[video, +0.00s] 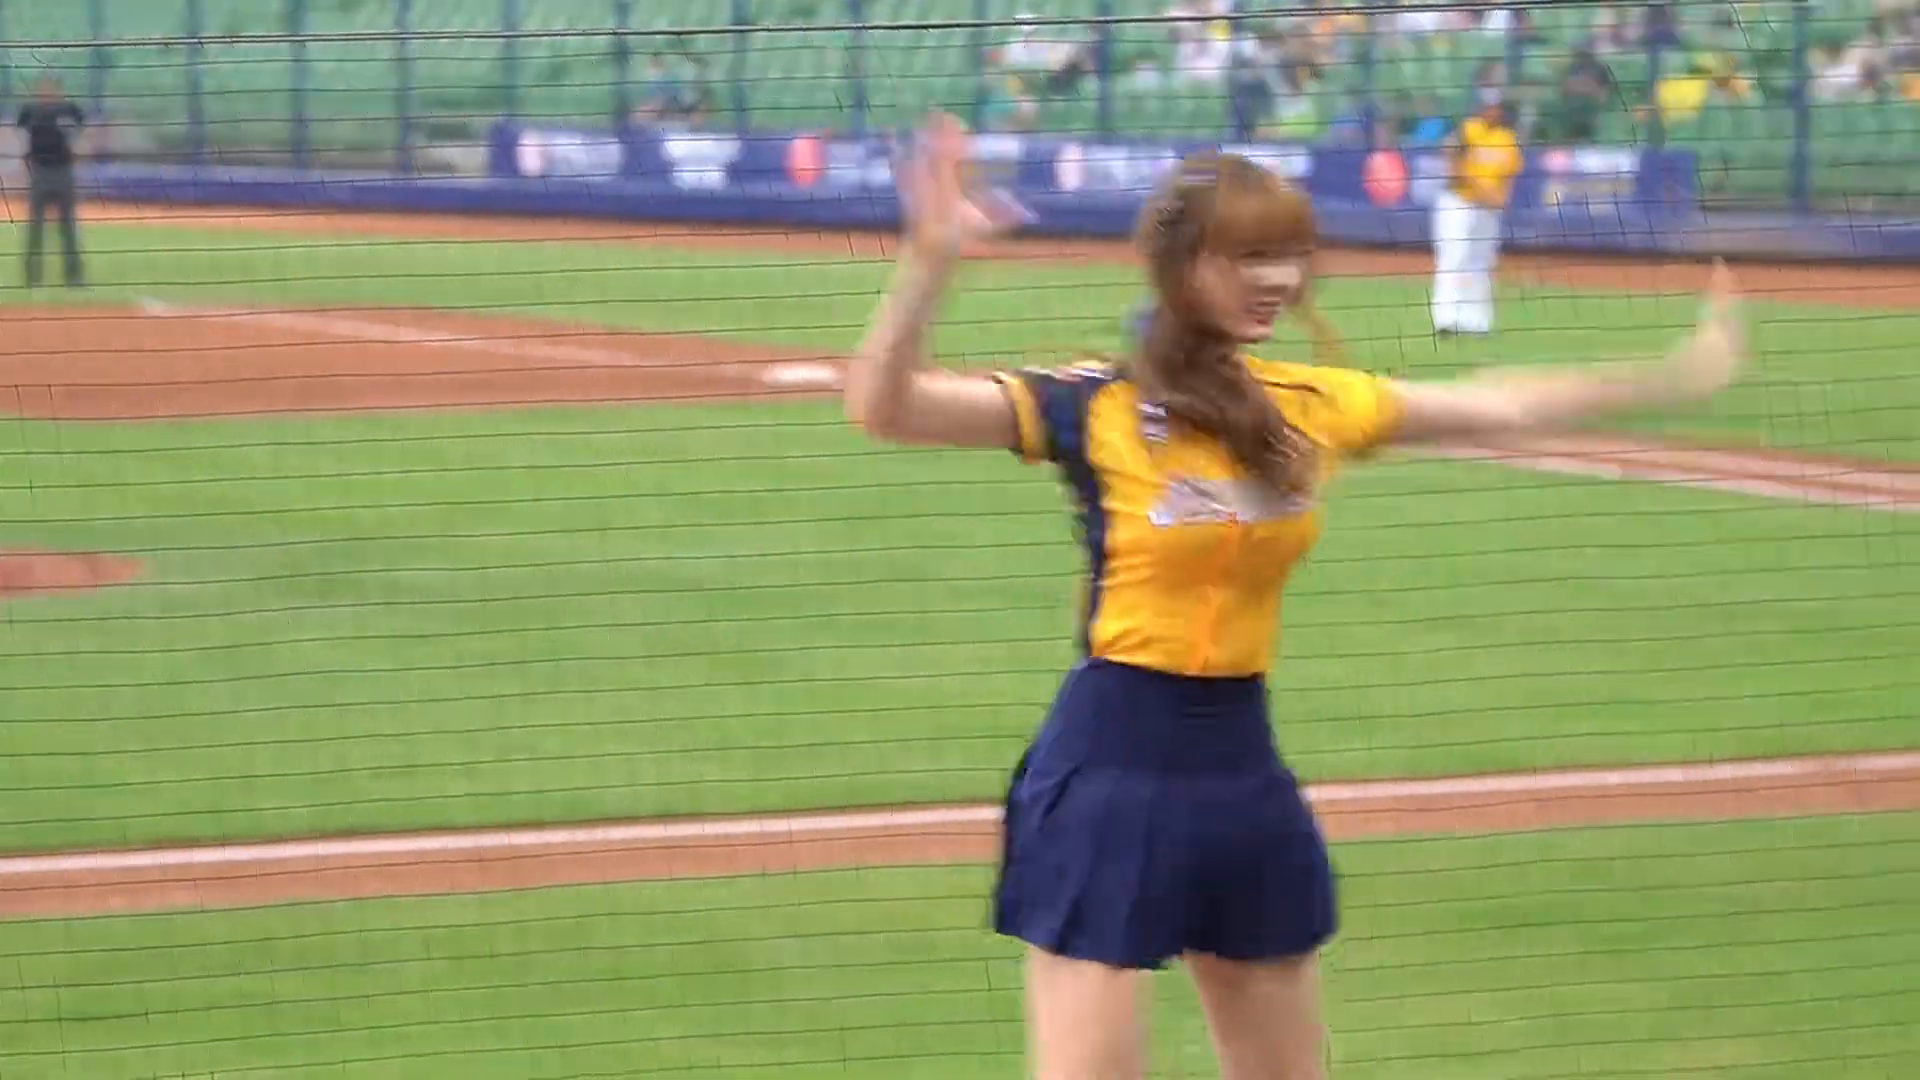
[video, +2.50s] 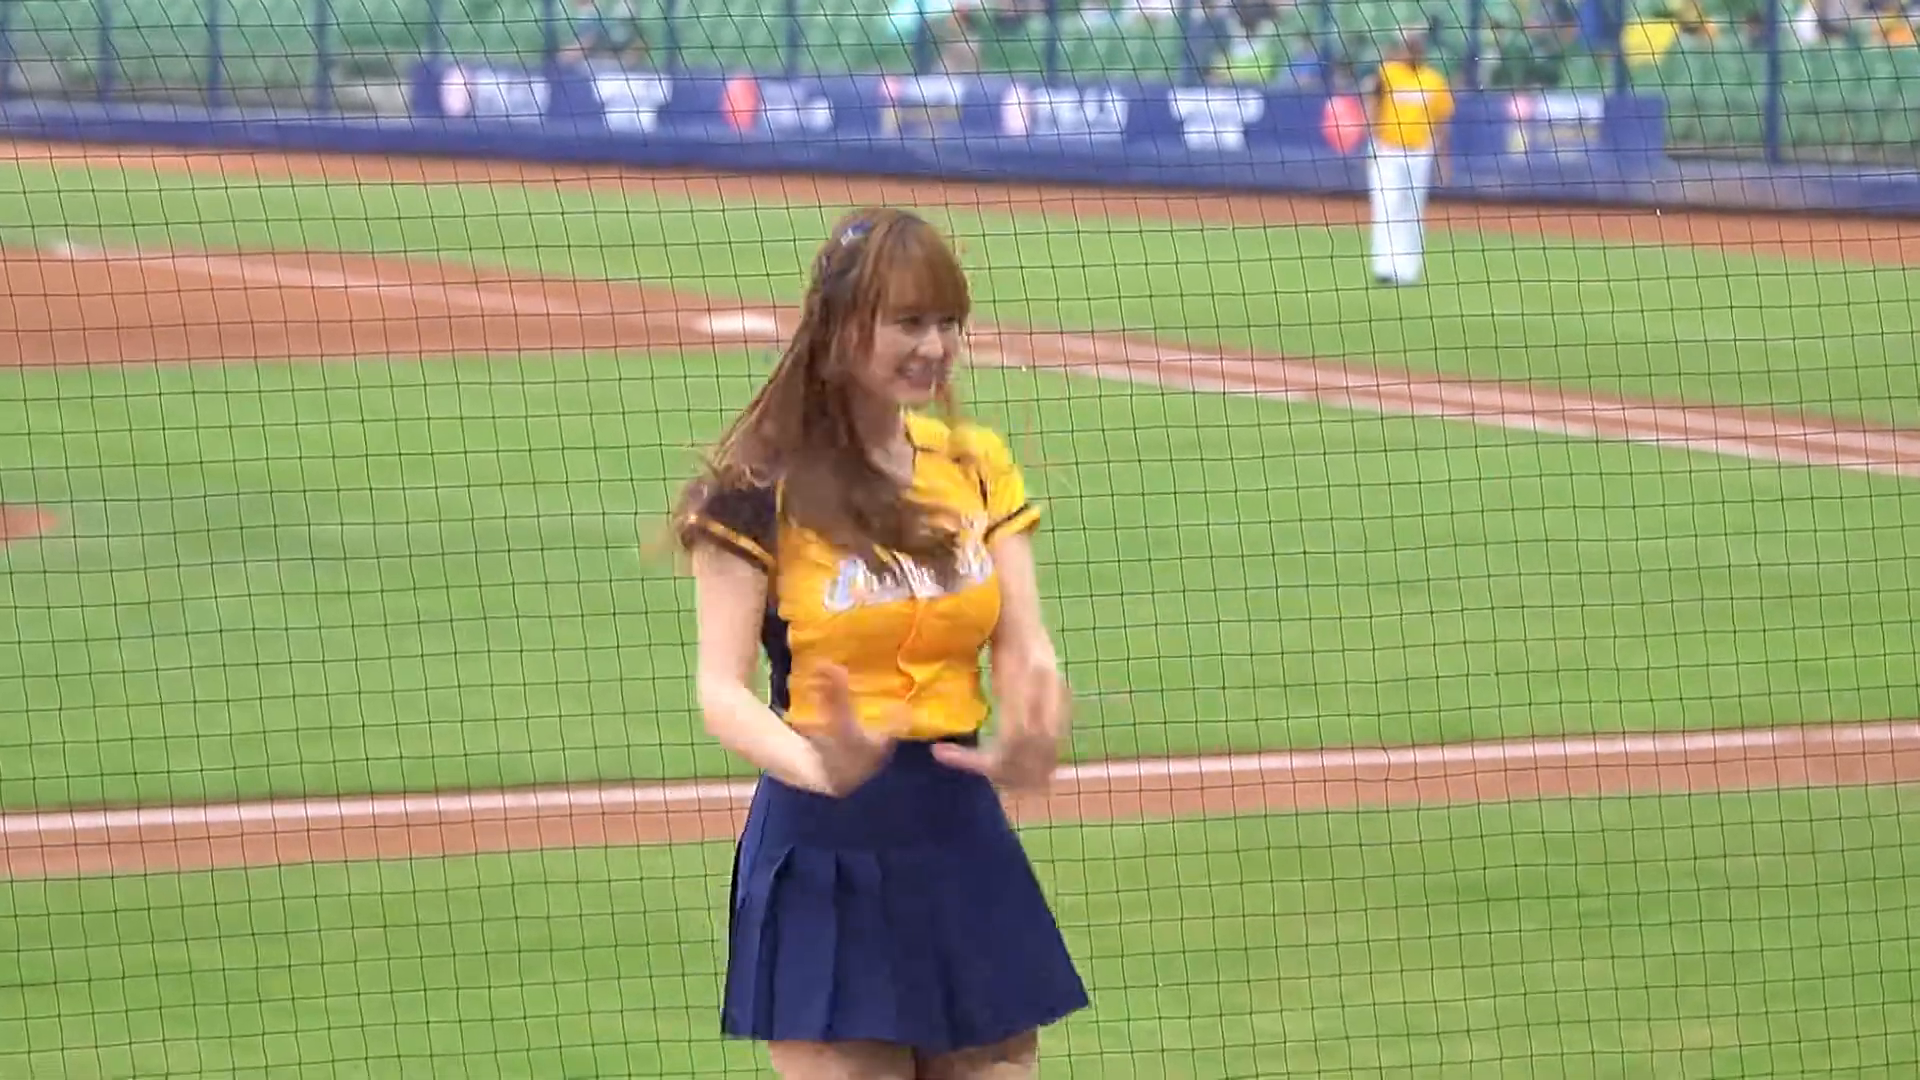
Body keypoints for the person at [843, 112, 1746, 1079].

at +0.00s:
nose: (1279, 279)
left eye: (1291, 258)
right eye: (1254, 256)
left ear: (1300, 269)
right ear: (1180, 261)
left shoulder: (1321, 405)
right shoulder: (1095, 405)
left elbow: (1510, 408)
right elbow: (883, 408)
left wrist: (1675, 377)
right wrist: (925, 259)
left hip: (1239, 756)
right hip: (1108, 758)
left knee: (1287, 1061)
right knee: (1087, 1063)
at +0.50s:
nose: (994, 353)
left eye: (1003, 329)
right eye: (965, 330)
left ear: (1014, 339)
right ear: (895, 344)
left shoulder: (1004, 511)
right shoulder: (825, 519)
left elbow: (998, 715)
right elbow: (787, 741)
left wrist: (1097, 818)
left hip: (950, 830)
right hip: (827, 830)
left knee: (1047, 1061)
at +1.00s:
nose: (952, 329)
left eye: (963, 305)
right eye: (927, 304)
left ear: (977, 313)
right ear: (856, 313)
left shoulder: (956, 468)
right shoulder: (792, 473)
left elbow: (1027, 652)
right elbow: (803, 684)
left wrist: (1122, 792)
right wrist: (966, 793)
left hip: (885, 813)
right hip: (771, 807)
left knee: (909, 1058)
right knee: (801, 1061)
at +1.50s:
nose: (939, 356)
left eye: (949, 336)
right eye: (913, 333)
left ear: (962, 355)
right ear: (843, 353)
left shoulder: (986, 479)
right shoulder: (776, 519)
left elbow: (1014, 587)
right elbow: (655, 657)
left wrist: (993, 641)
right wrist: (587, 690)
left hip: (942, 831)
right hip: (804, 831)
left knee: (939, 1059)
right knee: (786, 1060)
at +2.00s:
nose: (1024, 299)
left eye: (1033, 275)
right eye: (992, 280)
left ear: (1044, 281)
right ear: (925, 298)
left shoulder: (996, 436)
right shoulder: (904, 438)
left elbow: (1148, 589)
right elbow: (1011, 624)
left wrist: (1335, 674)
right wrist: (1216, 677)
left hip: (874, 802)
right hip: (768, 800)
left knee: (876, 1064)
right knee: (784, 1069)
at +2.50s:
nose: (935, 347)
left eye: (948, 323)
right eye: (908, 322)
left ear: (962, 327)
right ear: (839, 328)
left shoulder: (976, 461)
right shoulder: (758, 483)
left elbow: (1021, 638)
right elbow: (720, 692)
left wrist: (1030, 738)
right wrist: (817, 769)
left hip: (962, 810)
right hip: (825, 822)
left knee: (997, 1057)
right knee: (846, 1057)